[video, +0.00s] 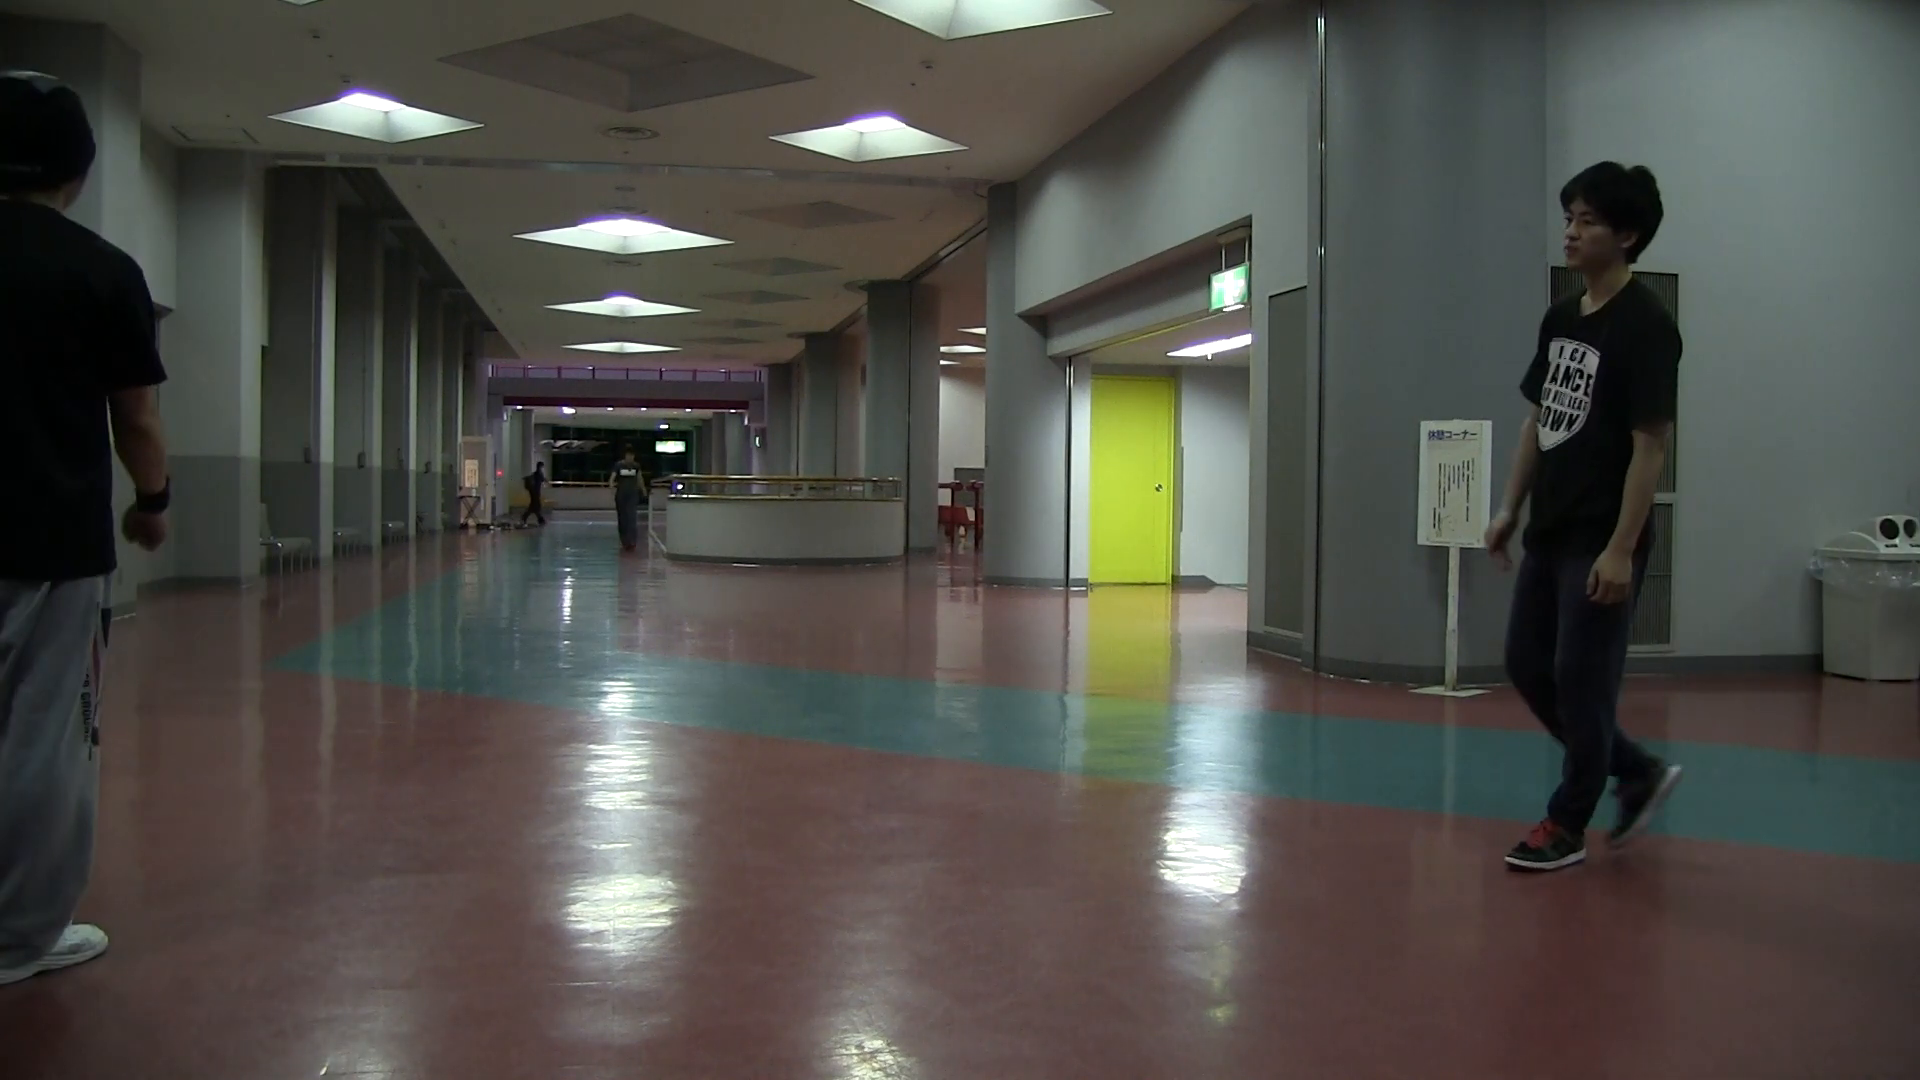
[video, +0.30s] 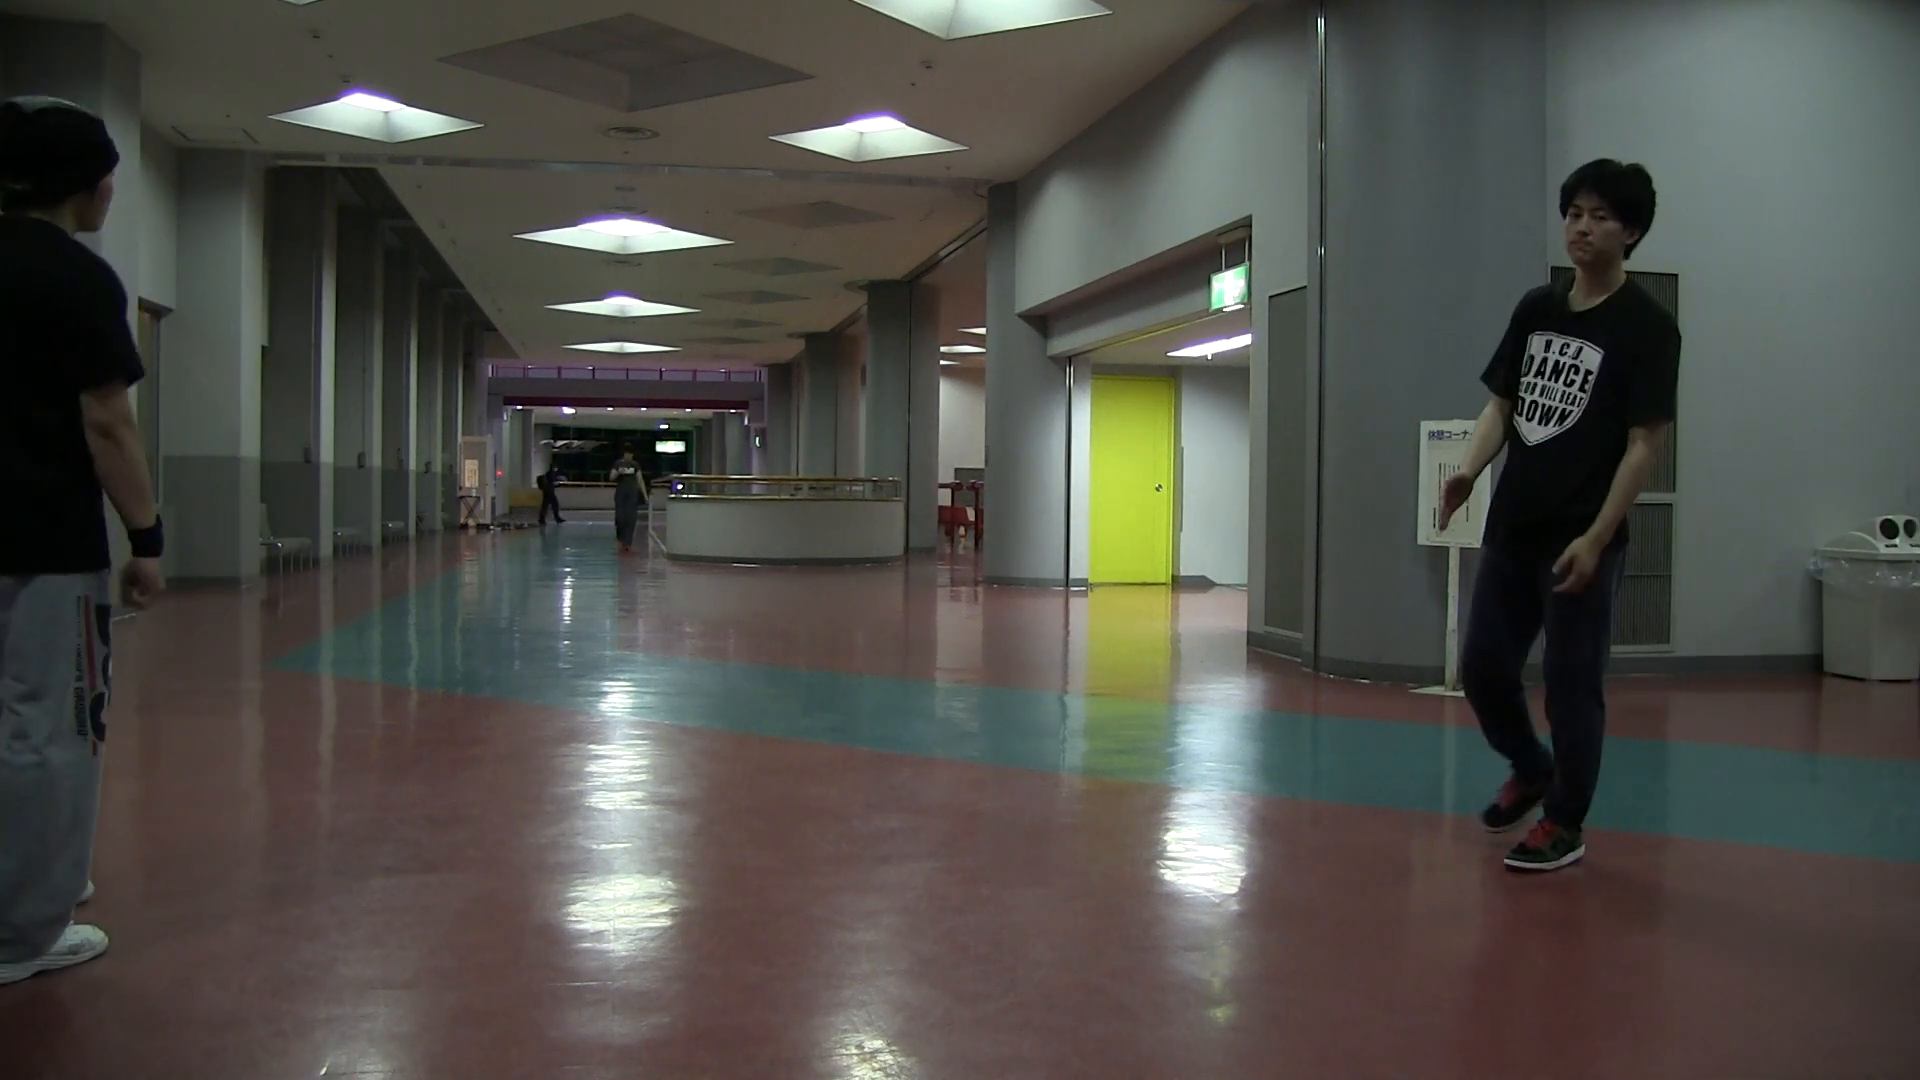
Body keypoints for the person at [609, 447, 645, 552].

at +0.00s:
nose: (630, 458)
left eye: (632, 456)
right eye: (628, 456)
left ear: (634, 457)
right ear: (625, 456)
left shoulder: (636, 466)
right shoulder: (619, 465)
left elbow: (640, 480)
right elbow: (612, 479)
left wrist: (644, 490)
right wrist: (612, 485)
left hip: (633, 496)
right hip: (621, 496)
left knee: (632, 519)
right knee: (623, 519)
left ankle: (632, 542)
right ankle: (625, 542)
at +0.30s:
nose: (628, 456)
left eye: (630, 454)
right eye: (627, 454)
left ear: (632, 455)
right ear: (624, 454)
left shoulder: (635, 465)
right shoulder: (618, 464)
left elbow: (640, 481)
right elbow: (612, 477)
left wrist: (645, 496)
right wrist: (618, 472)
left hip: (632, 496)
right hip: (620, 496)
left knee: (631, 519)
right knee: (620, 518)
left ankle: (627, 543)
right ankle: (621, 540)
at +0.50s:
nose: (627, 457)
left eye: (629, 455)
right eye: (625, 455)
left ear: (632, 456)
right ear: (622, 455)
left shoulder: (635, 465)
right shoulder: (618, 464)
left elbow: (637, 478)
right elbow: (610, 476)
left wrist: (635, 485)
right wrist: (618, 467)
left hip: (631, 494)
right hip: (619, 494)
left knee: (630, 519)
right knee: (619, 518)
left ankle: (627, 544)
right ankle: (616, 544)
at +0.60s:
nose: (625, 459)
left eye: (627, 457)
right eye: (623, 457)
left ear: (629, 457)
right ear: (620, 457)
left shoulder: (633, 467)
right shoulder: (616, 466)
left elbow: (635, 479)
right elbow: (609, 477)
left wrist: (630, 479)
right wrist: (618, 467)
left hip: (630, 497)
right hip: (618, 496)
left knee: (629, 521)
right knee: (618, 520)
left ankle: (627, 544)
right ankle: (617, 544)